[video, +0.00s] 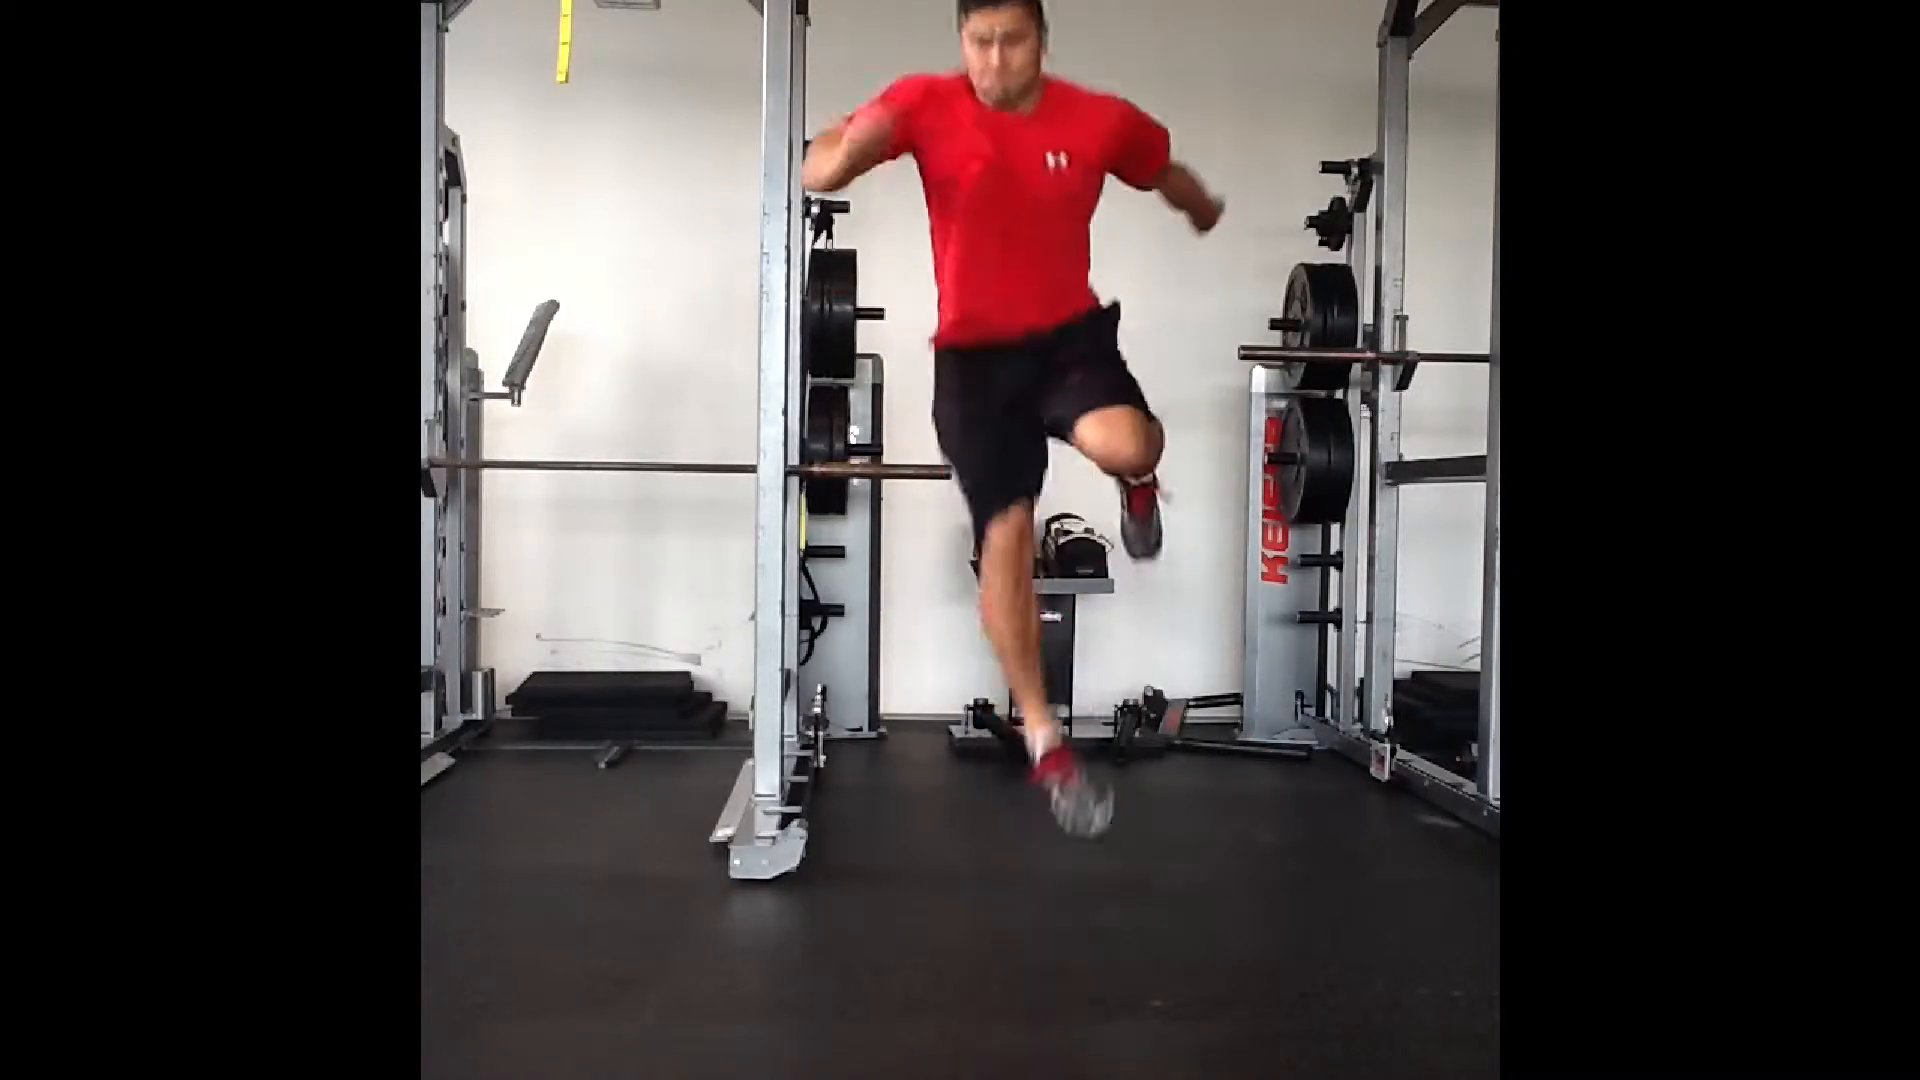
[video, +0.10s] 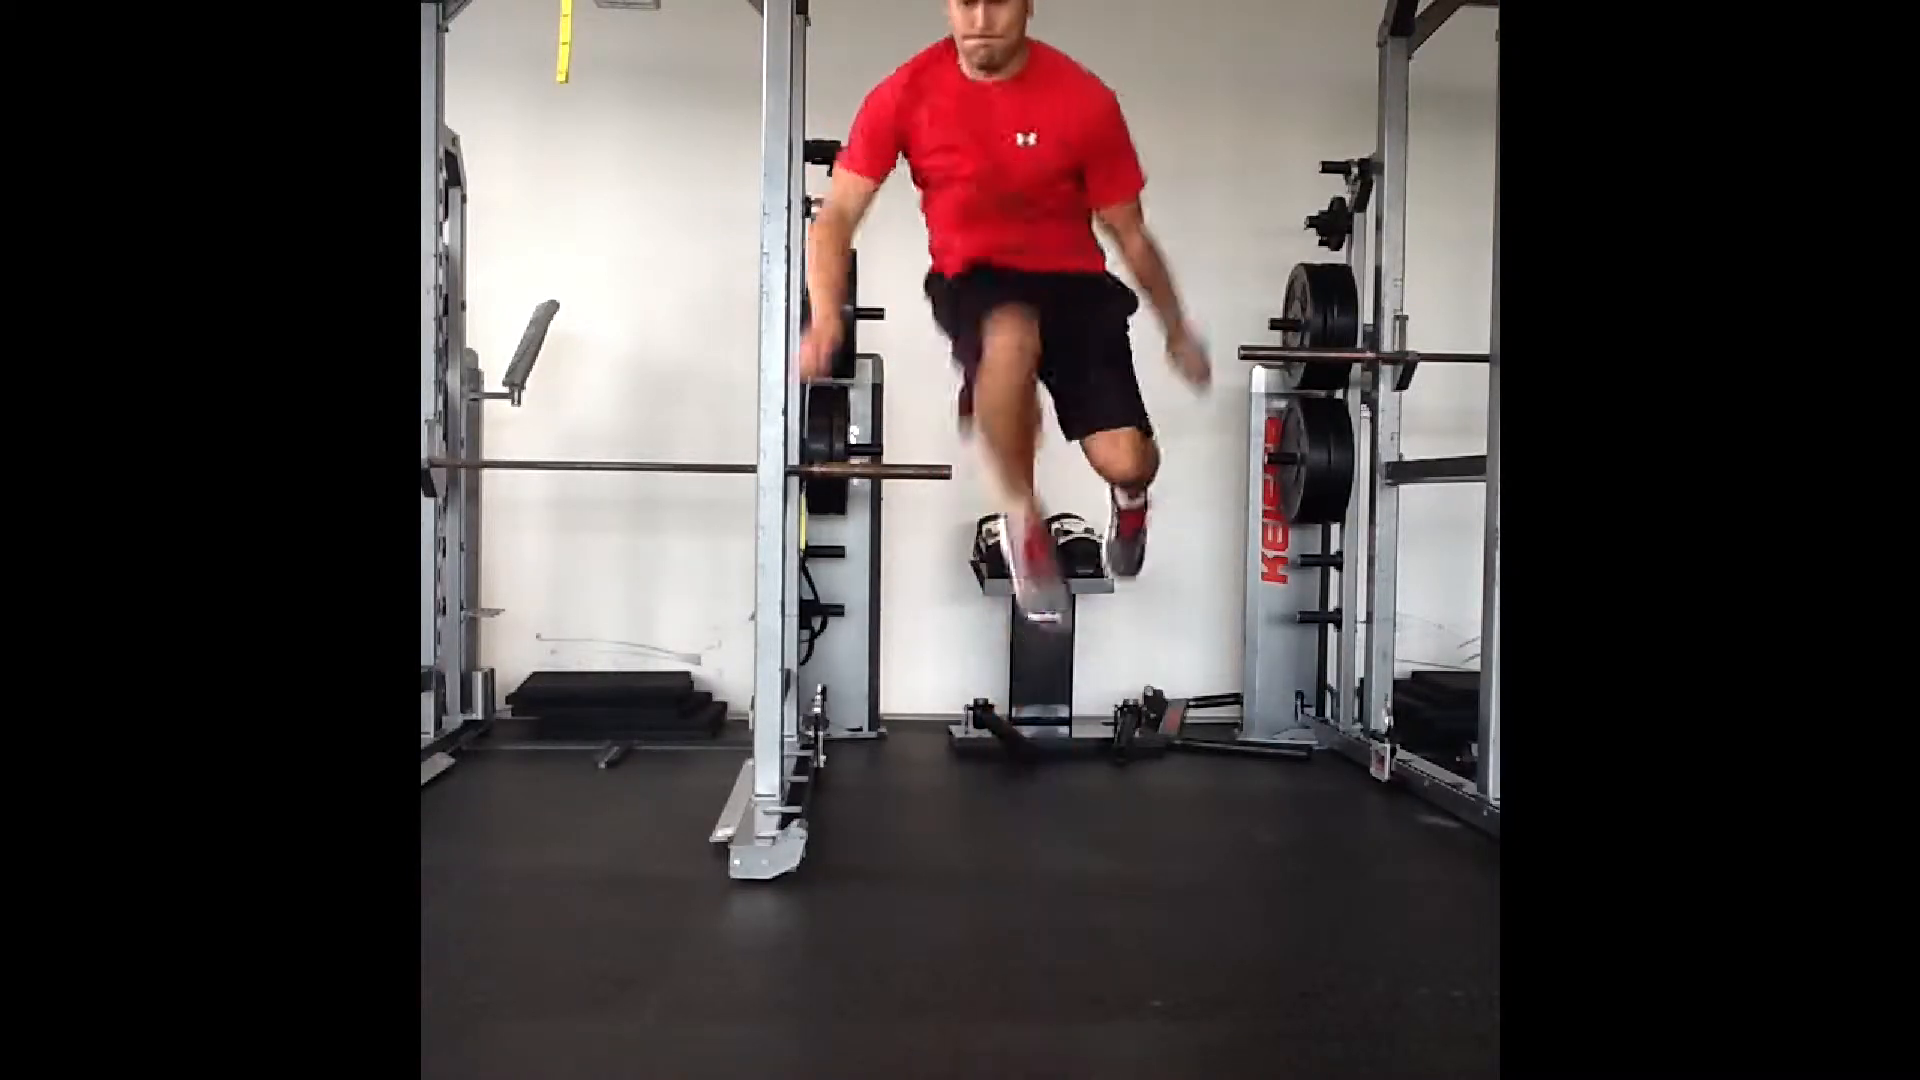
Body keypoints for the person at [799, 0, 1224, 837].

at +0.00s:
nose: (997, 59)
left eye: (1012, 41)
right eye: (982, 42)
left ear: (1041, 41)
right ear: (963, 42)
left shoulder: (1100, 121)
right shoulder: (923, 105)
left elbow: (1169, 178)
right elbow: (816, 176)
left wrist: (1203, 212)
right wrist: (850, 141)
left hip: (1071, 336)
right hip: (974, 353)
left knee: (1127, 447)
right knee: (1007, 533)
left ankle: (1137, 487)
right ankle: (1042, 740)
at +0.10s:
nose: (978, 21)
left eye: (997, 4)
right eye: (965, 3)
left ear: (1027, 10)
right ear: (947, 9)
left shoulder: (1083, 100)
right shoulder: (905, 97)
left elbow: (1130, 231)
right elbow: (834, 218)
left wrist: (1176, 328)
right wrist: (826, 314)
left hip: (1073, 283)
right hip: (973, 279)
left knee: (1124, 461)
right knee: (1011, 335)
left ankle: (1131, 497)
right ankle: (1024, 524)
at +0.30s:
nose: (967, 31)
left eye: (984, 12)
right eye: (951, 13)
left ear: (1013, 15)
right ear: (930, 17)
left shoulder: (1067, 107)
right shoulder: (895, 119)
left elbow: (1145, 225)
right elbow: (848, 256)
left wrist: (1119, 337)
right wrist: (887, 370)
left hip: (1064, 323)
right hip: (963, 324)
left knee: (1116, 526)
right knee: (990, 502)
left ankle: (1100, 622)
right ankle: (1014, 673)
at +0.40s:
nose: (965, 113)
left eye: (981, 96)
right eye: (950, 97)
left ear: (1008, 102)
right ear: (926, 105)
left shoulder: (1057, 185)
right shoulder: (885, 203)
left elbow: (1144, 266)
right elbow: (826, 318)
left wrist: (1122, 381)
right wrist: (873, 425)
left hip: (1065, 421)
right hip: (963, 438)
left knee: (1117, 614)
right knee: (980, 641)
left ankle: (1075, 642)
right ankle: (984, 848)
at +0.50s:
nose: (963, 213)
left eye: (978, 197)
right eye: (947, 198)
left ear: (1005, 207)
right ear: (926, 209)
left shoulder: (1057, 308)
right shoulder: (883, 310)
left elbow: (1108, 421)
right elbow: (844, 429)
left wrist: (1066, 506)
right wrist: (871, 549)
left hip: (1056, 510)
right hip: (956, 521)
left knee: (1098, 690)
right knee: (971, 693)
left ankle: (1077, 725)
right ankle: (985, 863)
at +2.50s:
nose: (958, 121)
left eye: (975, 105)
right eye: (942, 105)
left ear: (1002, 118)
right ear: (920, 120)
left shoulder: (1056, 230)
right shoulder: (876, 238)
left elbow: (1097, 358)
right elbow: (853, 373)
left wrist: (1111, 482)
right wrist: (858, 494)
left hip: (1047, 488)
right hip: (936, 498)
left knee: (1072, 672)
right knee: (960, 683)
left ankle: (1081, 762)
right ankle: (983, 858)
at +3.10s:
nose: (952, 189)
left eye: (970, 173)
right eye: (936, 173)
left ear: (999, 188)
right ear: (914, 188)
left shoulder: (1050, 297)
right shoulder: (872, 290)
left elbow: (1086, 433)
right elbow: (858, 375)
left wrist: (999, 436)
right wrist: (871, 463)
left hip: (1042, 525)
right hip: (936, 536)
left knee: (1055, 671)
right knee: (956, 686)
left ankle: (1040, 698)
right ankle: (982, 859)